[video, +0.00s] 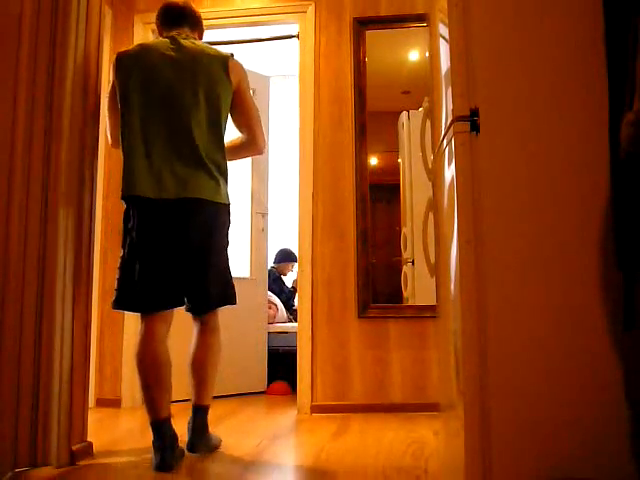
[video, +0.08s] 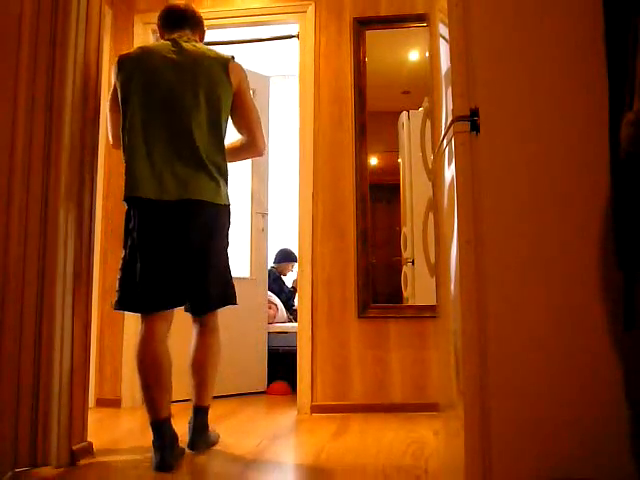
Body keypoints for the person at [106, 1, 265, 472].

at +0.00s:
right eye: (198, 31)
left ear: (158, 29)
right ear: (199, 31)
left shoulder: (128, 61)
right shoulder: (226, 65)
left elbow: (116, 136)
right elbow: (255, 142)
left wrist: (157, 144)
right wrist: (210, 154)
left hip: (148, 207)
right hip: (205, 208)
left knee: (154, 324)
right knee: (208, 319)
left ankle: (164, 440)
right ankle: (199, 430)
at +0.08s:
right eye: (199, 34)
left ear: (160, 32)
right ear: (202, 34)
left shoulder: (129, 65)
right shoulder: (226, 67)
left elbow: (117, 137)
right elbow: (255, 143)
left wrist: (157, 149)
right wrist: (210, 155)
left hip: (150, 208)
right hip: (206, 209)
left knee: (154, 323)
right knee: (207, 319)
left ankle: (163, 439)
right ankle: (199, 427)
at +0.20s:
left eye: (168, 35)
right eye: (203, 40)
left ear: (164, 37)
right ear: (206, 40)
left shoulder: (133, 71)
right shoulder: (229, 74)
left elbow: (119, 144)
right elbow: (256, 149)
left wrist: (159, 154)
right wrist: (216, 161)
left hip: (151, 211)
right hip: (207, 211)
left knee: (155, 324)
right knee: (209, 323)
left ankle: (163, 440)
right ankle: (204, 419)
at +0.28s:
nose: (203, 51)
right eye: (206, 45)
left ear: (168, 41)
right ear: (208, 43)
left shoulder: (137, 72)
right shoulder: (230, 77)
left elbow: (122, 148)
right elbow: (257, 153)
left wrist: (161, 159)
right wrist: (215, 167)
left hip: (152, 212)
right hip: (208, 213)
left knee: (156, 325)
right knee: (210, 324)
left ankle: (163, 440)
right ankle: (205, 420)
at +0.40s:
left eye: (181, 47)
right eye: (212, 50)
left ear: (181, 50)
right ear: (219, 54)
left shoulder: (152, 78)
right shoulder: (240, 87)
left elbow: (132, 154)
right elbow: (259, 161)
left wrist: (166, 170)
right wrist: (220, 180)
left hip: (158, 212)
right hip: (212, 215)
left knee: (160, 320)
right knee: (212, 323)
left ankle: (163, 436)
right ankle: (204, 421)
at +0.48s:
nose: (191, 54)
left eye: (188, 51)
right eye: (209, 52)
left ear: (186, 55)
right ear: (223, 59)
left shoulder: (159, 81)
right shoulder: (244, 92)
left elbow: (139, 155)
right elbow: (261, 166)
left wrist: (170, 172)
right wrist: (222, 184)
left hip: (162, 211)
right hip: (214, 215)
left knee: (160, 317)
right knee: (213, 323)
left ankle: (161, 430)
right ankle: (204, 421)